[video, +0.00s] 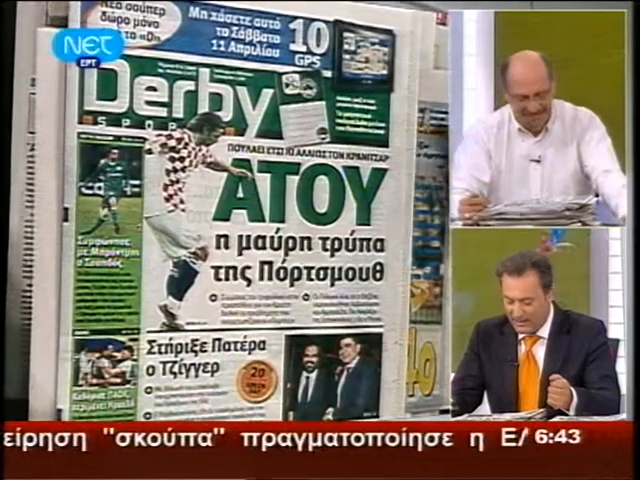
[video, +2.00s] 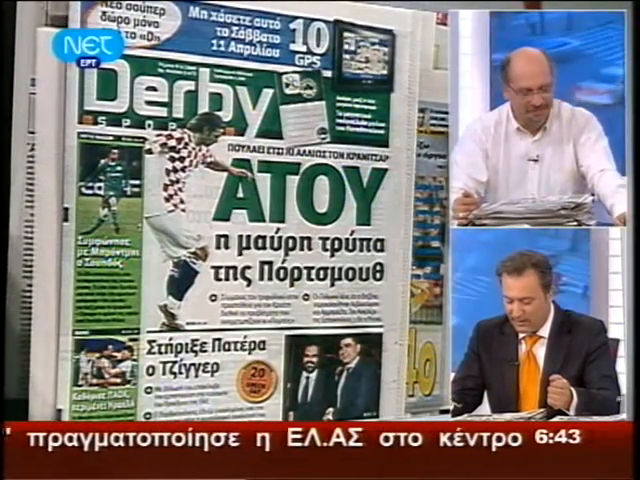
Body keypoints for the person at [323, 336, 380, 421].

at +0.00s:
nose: (343, 351)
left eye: (347, 346)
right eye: (341, 348)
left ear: (358, 348)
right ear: (339, 351)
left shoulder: (367, 368)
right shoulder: (341, 371)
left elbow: (361, 409)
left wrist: (335, 414)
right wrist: (330, 411)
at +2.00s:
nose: (343, 351)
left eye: (347, 346)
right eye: (341, 348)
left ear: (358, 348)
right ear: (339, 351)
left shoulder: (367, 368)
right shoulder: (340, 372)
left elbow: (360, 409)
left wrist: (335, 415)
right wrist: (330, 411)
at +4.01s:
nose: (343, 351)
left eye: (347, 346)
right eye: (341, 348)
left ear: (358, 348)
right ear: (338, 351)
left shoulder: (367, 368)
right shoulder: (341, 371)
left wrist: (335, 416)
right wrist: (331, 410)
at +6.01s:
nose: (343, 351)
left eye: (347, 346)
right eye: (341, 348)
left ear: (358, 348)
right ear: (339, 351)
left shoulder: (367, 368)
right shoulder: (341, 371)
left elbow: (361, 407)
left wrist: (335, 416)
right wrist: (332, 410)